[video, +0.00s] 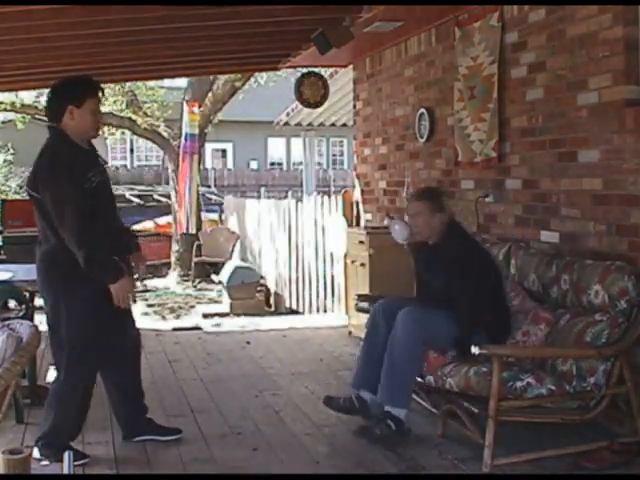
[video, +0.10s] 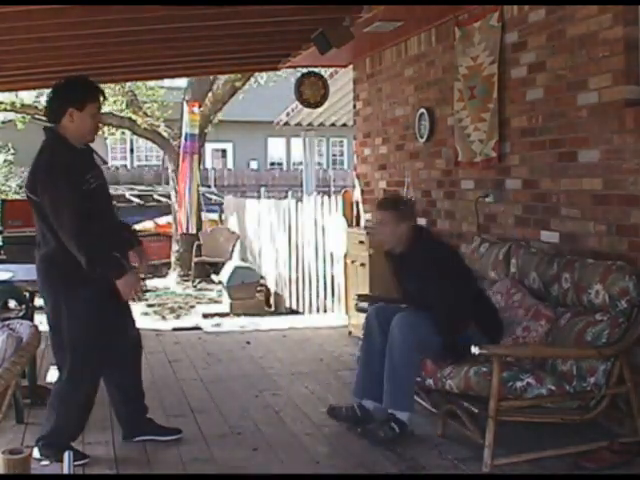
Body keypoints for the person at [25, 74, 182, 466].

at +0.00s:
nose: (101, 118)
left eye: (100, 110)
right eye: (95, 110)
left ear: (73, 113)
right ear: (69, 112)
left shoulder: (86, 156)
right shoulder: (56, 160)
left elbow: (104, 213)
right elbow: (73, 231)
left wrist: (129, 245)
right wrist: (112, 274)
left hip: (99, 272)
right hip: (70, 278)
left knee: (122, 348)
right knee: (78, 361)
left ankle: (135, 424)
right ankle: (52, 445)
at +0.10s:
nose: (100, 123)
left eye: (100, 115)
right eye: (95, 114)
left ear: (73, 116)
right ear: (69, 115)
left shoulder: (83, 157)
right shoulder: (53, 163)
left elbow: (100, 213)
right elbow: (72, 232)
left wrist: (130, 240)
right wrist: (116, 271)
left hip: (98, 272)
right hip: (69, 279)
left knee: (124, 347)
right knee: (81, 363)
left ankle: (135, 424)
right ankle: (52, 446)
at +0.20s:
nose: (100, 125)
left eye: (101, 117)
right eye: (96, 116)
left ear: (72, 117)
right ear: (71, 116)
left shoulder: (78, 157)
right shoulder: (53, 163)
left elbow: (101, 213)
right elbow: (73, 234)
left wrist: (135, 237)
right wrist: (122, 262)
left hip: (96, 275)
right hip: (69, 282)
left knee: (123, 347)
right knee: (82, 362)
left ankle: (135, 424)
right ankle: (53, 445)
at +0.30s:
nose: (101, 125)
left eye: (101, 117)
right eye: (96, 117)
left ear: (72, 117)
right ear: (71, 115)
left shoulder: (78, 157)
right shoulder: (52, 162)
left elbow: (98, 211)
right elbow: (71, 233)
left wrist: (136, 225)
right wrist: (124, 251)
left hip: (96, 276)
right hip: (67, 282)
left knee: (122, 348)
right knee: (80, 364)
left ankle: (135, 424)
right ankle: (52, 447)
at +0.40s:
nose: (101, 125)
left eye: (102, 117)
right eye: (97, 117)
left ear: (73, 117)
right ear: (72, 115)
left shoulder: (77, 157)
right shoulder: (52, 161)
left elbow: (96, 208)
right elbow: (72, 230)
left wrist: (133, 213)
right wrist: (122, 229)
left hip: (94, 278)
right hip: (67, 284)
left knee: (120, 349)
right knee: (80, 364)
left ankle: (135, 424)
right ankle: (52, 447)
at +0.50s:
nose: (102, 126)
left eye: (103, 118)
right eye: (98, 117)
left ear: (75, 116)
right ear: (74, 115)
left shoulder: (78, 157)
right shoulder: (52, 160)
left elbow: (94, 203)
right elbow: (65, 223)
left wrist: (131, 202)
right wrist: (122, 216)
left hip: (95, 279)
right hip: (65, 284)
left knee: (121, 348)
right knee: (79, 364)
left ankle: (135, 424)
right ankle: (52, 445)